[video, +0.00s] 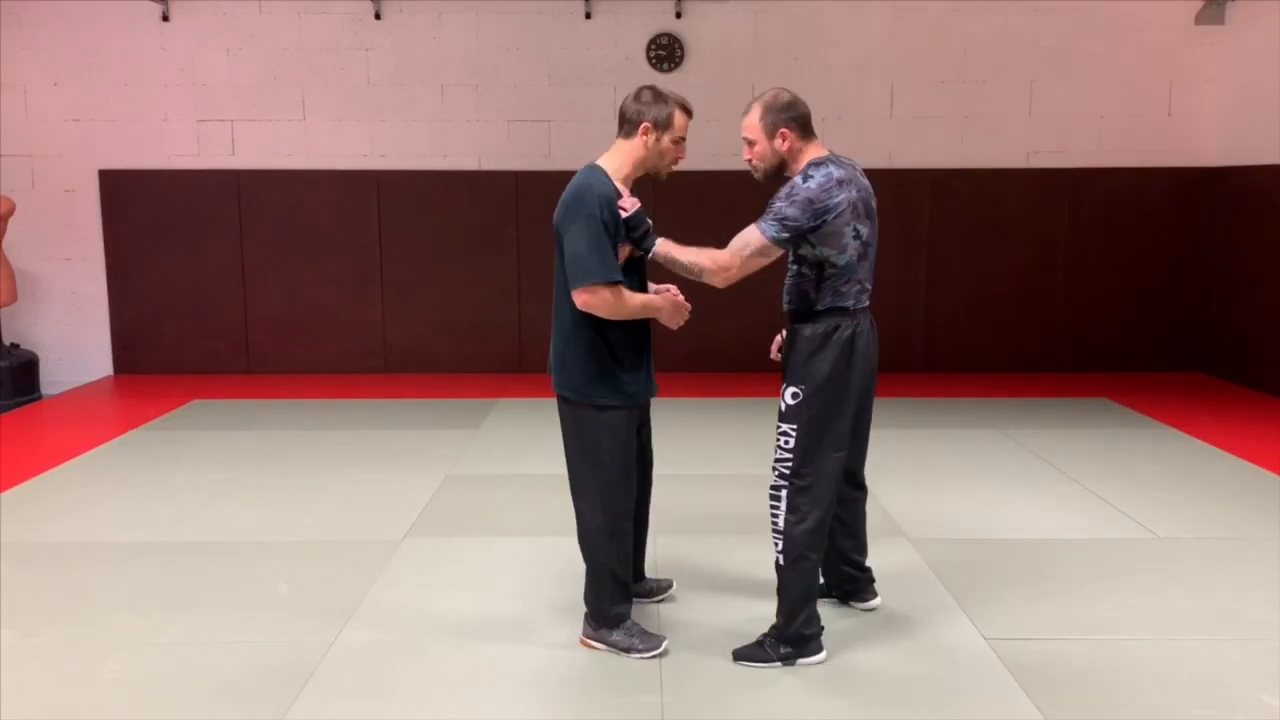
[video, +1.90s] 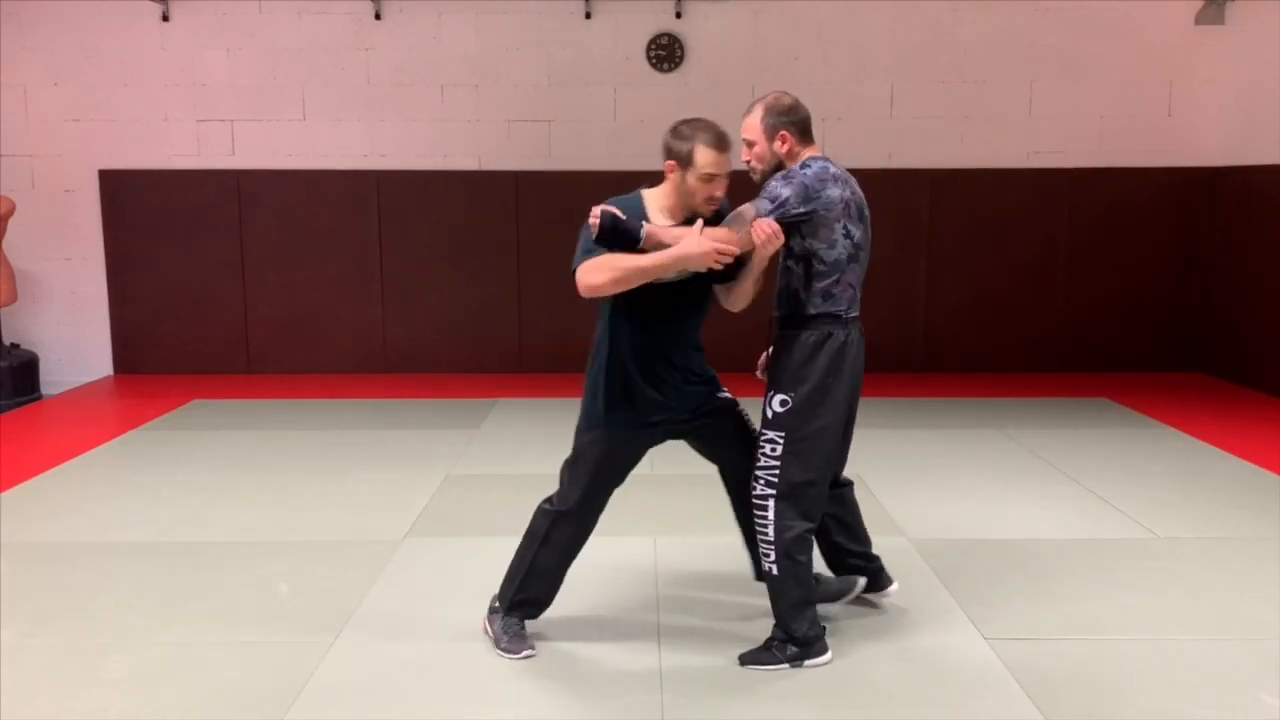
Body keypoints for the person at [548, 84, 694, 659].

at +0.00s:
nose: (682, 153)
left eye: (684, 141)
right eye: (678, 140)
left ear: (644, 133)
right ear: (647, 134)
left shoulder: (621, 193)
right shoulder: (589, 196)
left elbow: (627, 272)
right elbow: (590, 295)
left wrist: (656, 296)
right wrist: (655, 306)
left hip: (623, 374)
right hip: (592, 379)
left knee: (631, 485)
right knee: (605, 496)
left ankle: (625, 578)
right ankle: (604, 619)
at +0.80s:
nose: (660, 174)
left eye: (663, 163)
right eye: (657, 162)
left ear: (626, 149)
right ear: (627, 149)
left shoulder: (598, 198)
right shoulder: (567, 203)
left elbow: (641, 252)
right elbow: (597, 300)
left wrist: (669, 228)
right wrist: (653, 243)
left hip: (589, 370)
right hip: (548, 375)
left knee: (608, 480)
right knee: (556, 493)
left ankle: (607, 581)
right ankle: (520, 610)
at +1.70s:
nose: (642, 182)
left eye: (643, 169)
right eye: (635, 169)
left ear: (602, 165)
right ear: (597, 163)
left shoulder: (609, 216)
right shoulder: (541, 224)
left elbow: (634, 272)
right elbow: (567, 320)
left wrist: (697, 268)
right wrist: (651, 289)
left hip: (626, 377)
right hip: (569, 389)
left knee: (685, 467)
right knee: (550, 505)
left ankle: (644, 571)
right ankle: (505, 613)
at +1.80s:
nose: (670, 188)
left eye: (672, 175)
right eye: (661, 176)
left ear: (629, 171)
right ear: (622, 170)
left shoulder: (656, 218)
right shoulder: (564, 228)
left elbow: (696, 285)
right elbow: (582, 311)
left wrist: (744, 252)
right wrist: (664, 266)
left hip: (654, 378)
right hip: (590, 393)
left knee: (721, 467)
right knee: (563, 507)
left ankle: (711, 580)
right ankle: (507, 614)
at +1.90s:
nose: (720, 191)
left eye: (725, 178)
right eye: (709, 178)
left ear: (727, 176)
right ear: (673, 170)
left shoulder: (714, 229)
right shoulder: (615, 217)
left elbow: (734, 300)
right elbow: (590, 280)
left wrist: (759, 260)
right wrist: (680, 257)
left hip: (693, 390)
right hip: (622, 396)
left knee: (757, 472)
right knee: (576, 504)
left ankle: (790, 579)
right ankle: (510, 610)